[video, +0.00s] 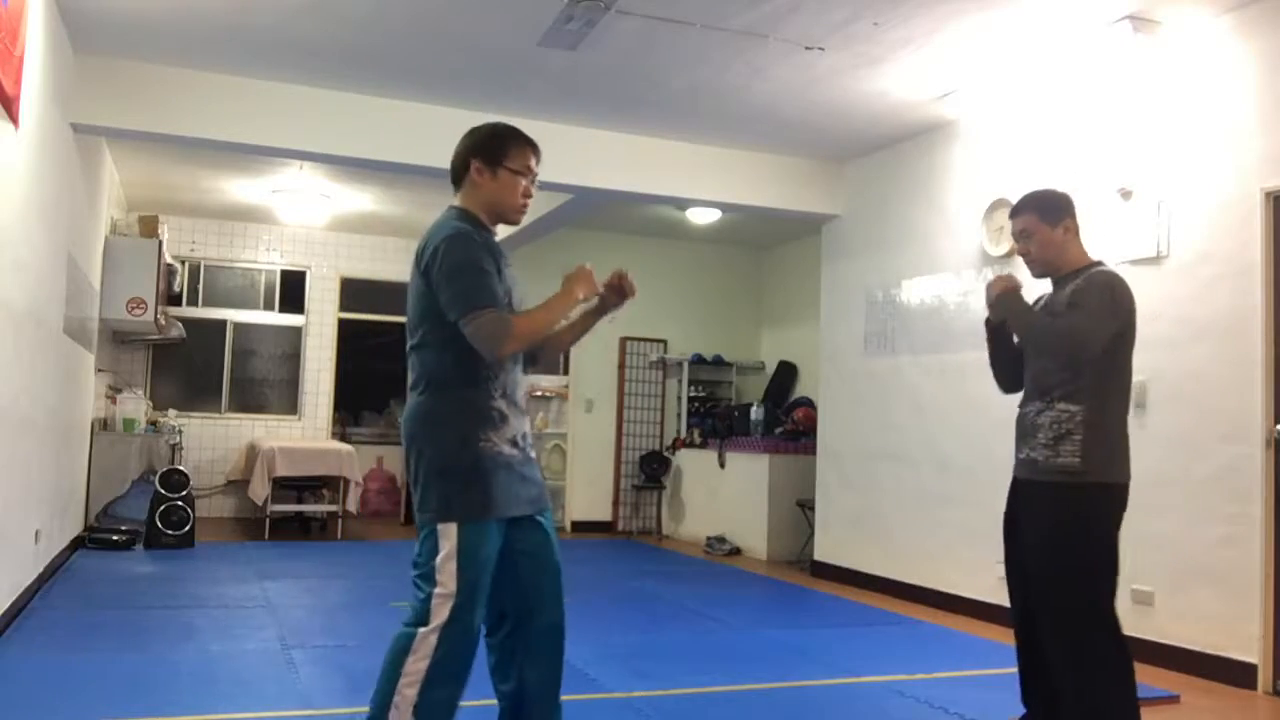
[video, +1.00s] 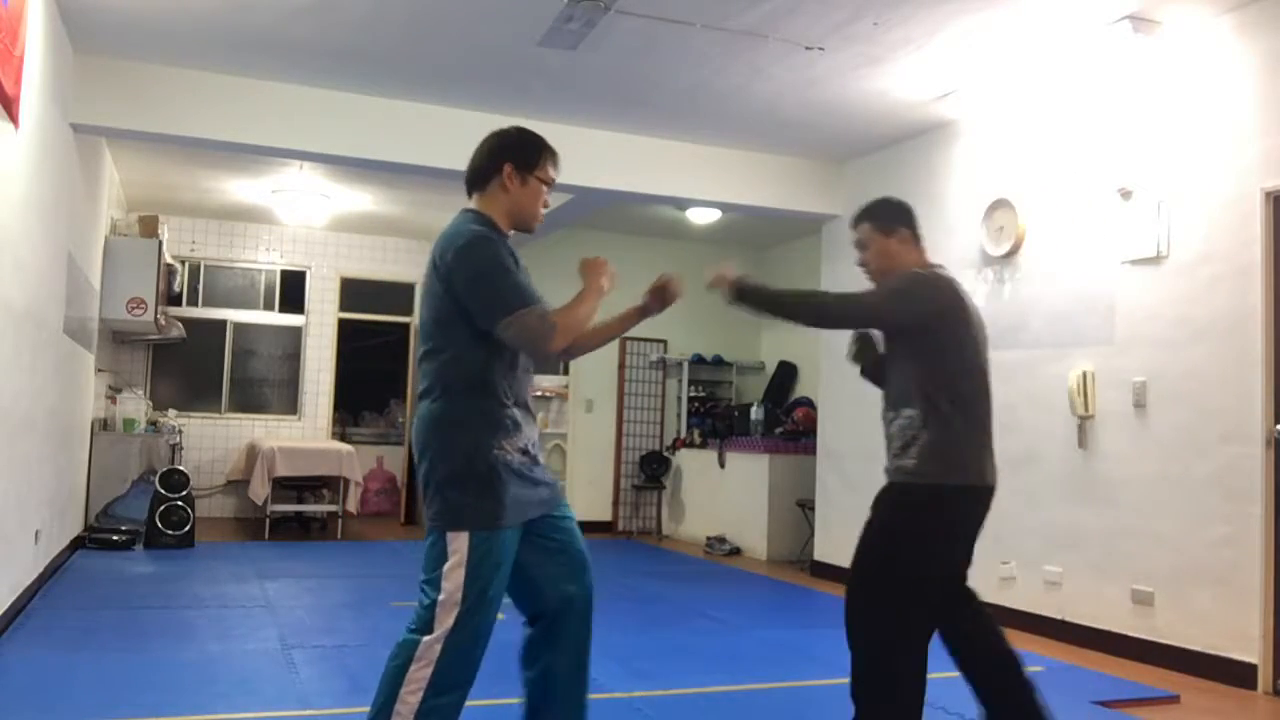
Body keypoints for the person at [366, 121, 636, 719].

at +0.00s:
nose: (530, 189)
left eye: (534, 179)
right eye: (520, 174)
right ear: (478, 171)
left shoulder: (489, 250)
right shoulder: (457, 239)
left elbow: (537, 351)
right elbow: (494, 337)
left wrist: (597, 310)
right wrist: (567, 295)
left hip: (508, 456)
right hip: (456, 454)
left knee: (532, 618)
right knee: (444, 619)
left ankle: (531, 713)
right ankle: (399, 715)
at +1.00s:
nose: (549, 200)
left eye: (552, 188)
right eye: (545, 184)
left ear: (506, 180)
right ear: (509, 175)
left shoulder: (494, 249)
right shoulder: (473, 242)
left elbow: (559, 346)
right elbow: (543, 337)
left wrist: (640, 310)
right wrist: (593, 289)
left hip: (518, 464)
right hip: (472, 465)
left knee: (566, 600)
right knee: (450, 627)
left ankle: (555, 715)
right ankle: (398, 718)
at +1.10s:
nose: (568, 206)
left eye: (571, 194)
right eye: (563, 191)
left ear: (528, 187)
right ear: (527, 183)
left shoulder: (531, 262)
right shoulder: (484, 249)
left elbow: (616, 309)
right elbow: (572, 323)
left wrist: (696, 273)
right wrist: (614, 272)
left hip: (529, 464)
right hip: (479, 465)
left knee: (568, 622)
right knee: (454, 630)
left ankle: (587, 716)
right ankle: (399, 716)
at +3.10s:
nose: (580, 217)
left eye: (582, 205)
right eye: (574, 202)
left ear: (535, 198)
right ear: (534, 194)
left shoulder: (529, 267)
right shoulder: (496, 255)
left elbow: (608, 318)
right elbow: (564, 349)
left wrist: (631, 239)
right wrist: (627, 307)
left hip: (530, 470)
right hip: (479, 470)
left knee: (567, 604)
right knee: (462, 623)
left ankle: (563, 716)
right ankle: (395, 714)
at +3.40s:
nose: (527, 208)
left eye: (531, 195)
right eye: (520, 191)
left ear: (475, 187)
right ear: (473, 181)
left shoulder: (468, 253)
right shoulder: (431, 241)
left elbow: (552, 295)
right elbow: (505, 345)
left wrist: (559, 261)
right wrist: (584, 312)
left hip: (458, 464)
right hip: (405, 464)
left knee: (505, 603)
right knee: (383, 625)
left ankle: (506, 718)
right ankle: (325, 719)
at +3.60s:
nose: (491, 202)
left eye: (496, 190)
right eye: (485, 186)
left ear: (438, 178)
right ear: (439, 173)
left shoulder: (443, 245)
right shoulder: (399, 237)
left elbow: (540, 276)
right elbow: (464, 348)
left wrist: (501, 196)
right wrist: (544, 321)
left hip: (460, 465)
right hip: (402, 467)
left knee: (502, 627)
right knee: (379, 646)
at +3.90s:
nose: (445, 186)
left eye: (449, 175)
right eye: (438, 172)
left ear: (387, 167)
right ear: (394, 164)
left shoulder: (382, 227)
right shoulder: (388, 235)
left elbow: (478, 245)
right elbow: (453, 350)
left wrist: (450, 185)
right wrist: (518, 313)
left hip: (468, 458)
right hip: (422, 463)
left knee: (498, 630)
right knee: (394, 637)